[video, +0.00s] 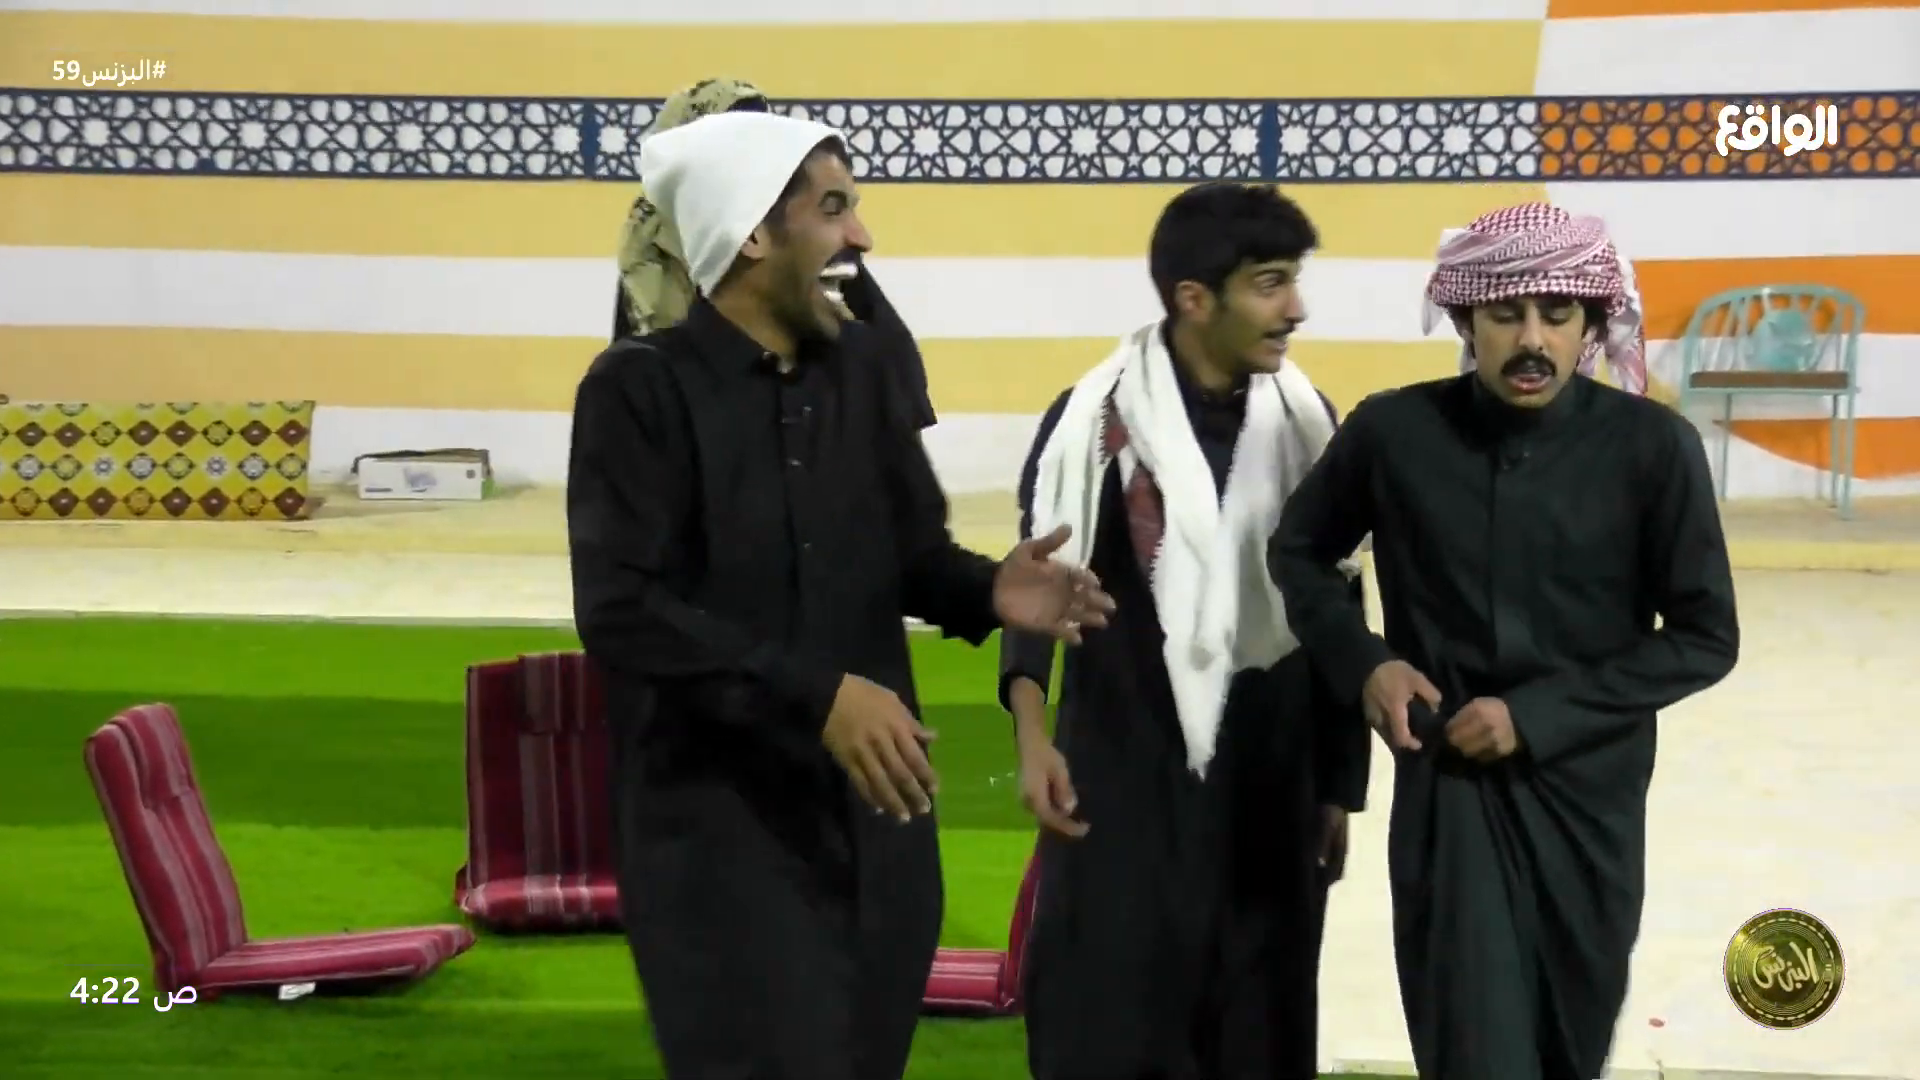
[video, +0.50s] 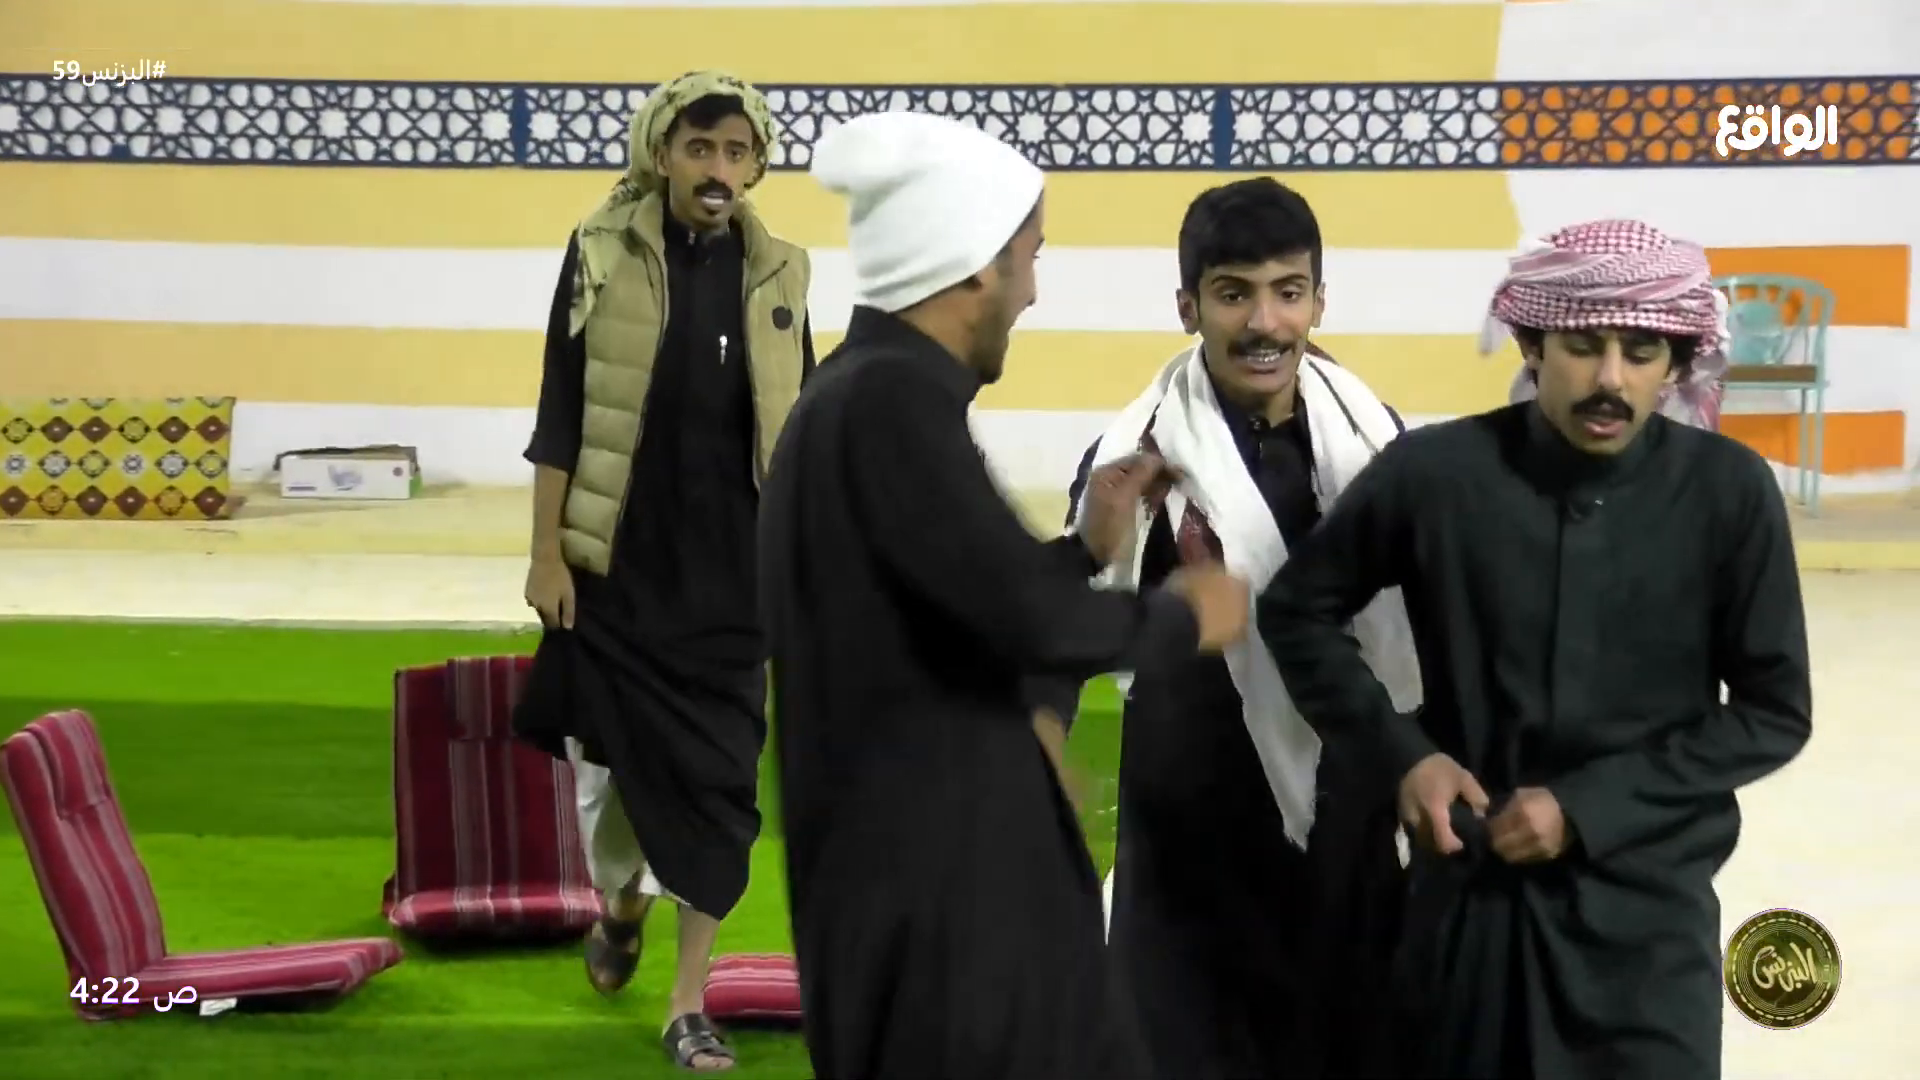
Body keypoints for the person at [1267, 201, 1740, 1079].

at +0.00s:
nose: (1532, 341)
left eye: (1555, 315)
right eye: (1506, 315)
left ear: (1589, 326)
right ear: (1466, 321)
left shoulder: (1652, 445)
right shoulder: (1389, 431)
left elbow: (1707, 638)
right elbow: (1301, 551)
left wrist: (1535, 713)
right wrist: (1367, 664)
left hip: (1590, 805)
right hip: (1447, 799)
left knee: (1571, 1053)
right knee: (1473, 1048)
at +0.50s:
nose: (1609, 378)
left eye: (1640, 352)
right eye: (1582, 346)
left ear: (1675, 366)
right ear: (1533, 349)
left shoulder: (1729, 489)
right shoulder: (1428, 475)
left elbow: (1775, 714)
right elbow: (1295, 609)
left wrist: (1580, 806)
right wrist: (1405, 757)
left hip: (1642, 930)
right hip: (1462, 918)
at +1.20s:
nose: (1504, 441)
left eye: (1529, 406)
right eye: (1471, 411)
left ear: (1566, 402)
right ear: (1423, 410)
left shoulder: (1650, 518)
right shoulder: (1335, 524)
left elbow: (1725, 744)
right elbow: (1197, 655)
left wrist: (1522, 856)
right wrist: (1296, 805)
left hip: (1576, 959)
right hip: (1386, 951)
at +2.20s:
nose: (1492, 492)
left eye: (1521, 454)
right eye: (1456, 460)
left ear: (1563, 454)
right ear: (1404, 467)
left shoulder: (1653, 586)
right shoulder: (1315, 594)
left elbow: (1718, 837)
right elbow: (1171, 717)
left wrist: (1479, 912)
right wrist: (1258, 893)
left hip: (1562, 1046)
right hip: (1356, 1043)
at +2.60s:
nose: (1491, 571)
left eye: (1514, 522)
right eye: (1446, 539)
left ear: (1570, 508)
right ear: (1400, 543)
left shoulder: (1692, 630)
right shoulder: (1324, 669)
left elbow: (1765, 903)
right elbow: (1179, 812)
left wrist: (1531, 1036)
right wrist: (1319, 998)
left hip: (1634, 1056)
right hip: (1393, 1057)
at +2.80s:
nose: (1533, 652)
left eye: (1560, 605)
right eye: (1490, 618)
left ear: (1615, 578)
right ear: (1440, 600)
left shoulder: (1744, 698)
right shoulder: (1356, 719)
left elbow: (1825, 979)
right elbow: (1191, 858)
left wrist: (1633, 1069)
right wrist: (1346, 1049)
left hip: (1661, 1057)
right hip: (1435, 1063)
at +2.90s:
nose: (1564, 742)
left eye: (1600, 698)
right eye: (1525, 703)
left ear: (1656, 640)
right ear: (1474, 662)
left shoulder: (1796, 743)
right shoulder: (1395, 746)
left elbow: (1861, 1032)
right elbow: (1231, 887)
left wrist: (1741, 1068)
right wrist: (1361, 1070)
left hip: (1704, 1063)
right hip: (1470, 1063)